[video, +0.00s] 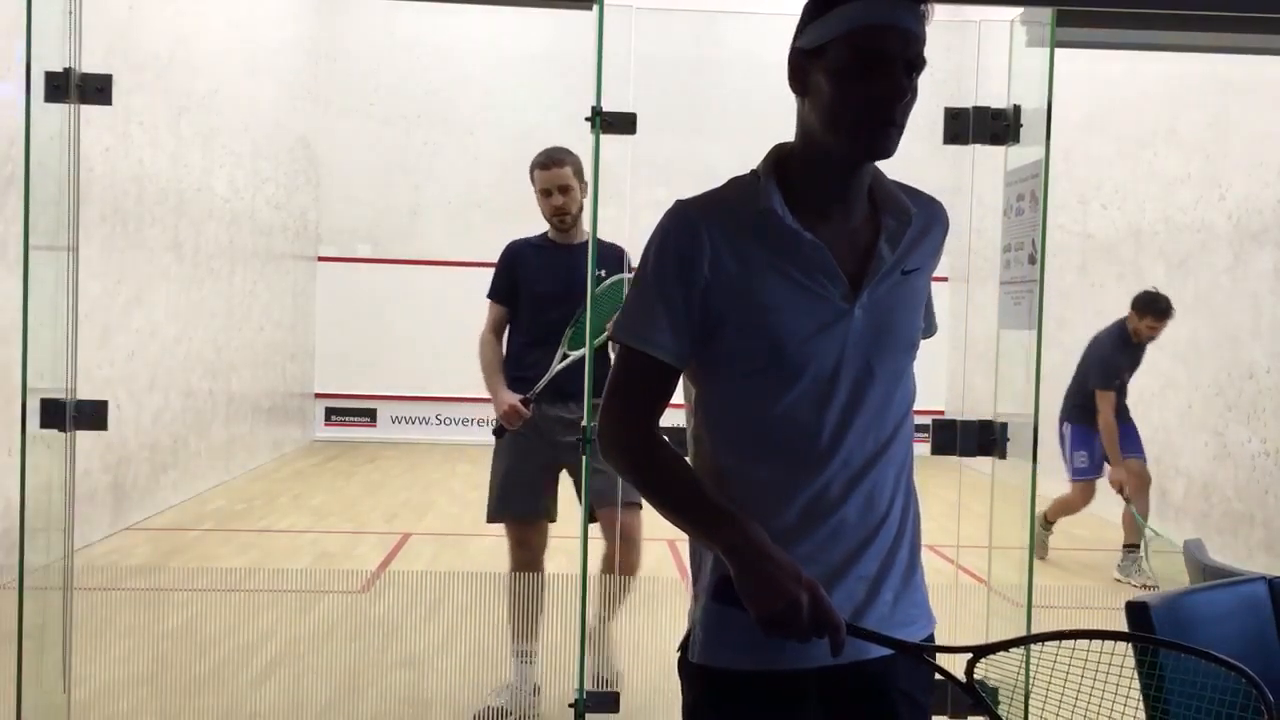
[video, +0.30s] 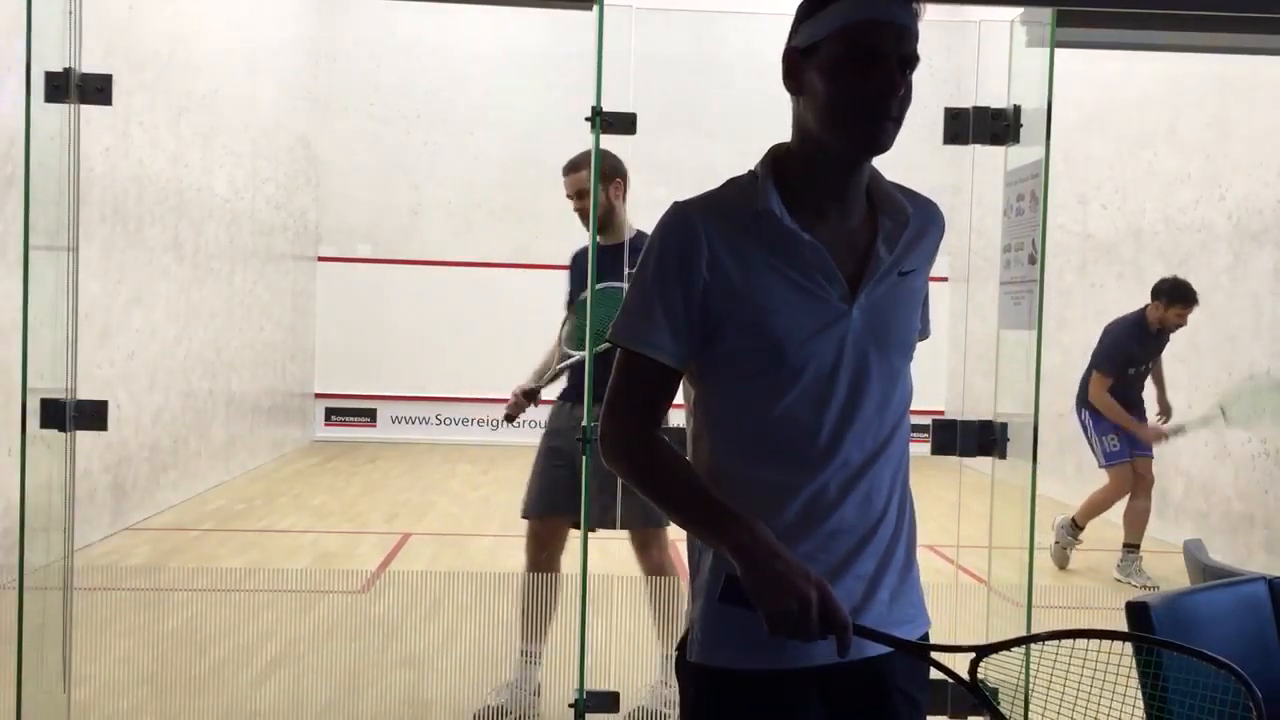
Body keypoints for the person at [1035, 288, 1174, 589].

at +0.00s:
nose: (1156, 334)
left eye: (1160, 328)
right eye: (1151, 327)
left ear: (1164, 322)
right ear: (1133, 317)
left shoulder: (1137, 339)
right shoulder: (1108, 348)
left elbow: (1118, 381)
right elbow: (1105, 415)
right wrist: (1116, 465)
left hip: (1116, 412)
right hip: (1080, 419)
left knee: (1139, 480)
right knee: (1082, 496)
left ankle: (1130, 560)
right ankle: (1045, 520)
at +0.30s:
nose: (1184, 322)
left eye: (1187, 315)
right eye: (1180, 315)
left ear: (1167, 310)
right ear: (1158, 307)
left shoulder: (1163, 329)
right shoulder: (1121, 335)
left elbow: (1153, 358)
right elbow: (1096, 394)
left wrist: (1161, 395)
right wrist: (1137, 428)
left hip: (1131, 404)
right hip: (1097, 404)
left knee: (1144, 482)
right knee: (1122, 482)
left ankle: (1129, 562)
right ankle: (1068, 530)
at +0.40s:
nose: (1182, 307)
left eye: (1184, 300)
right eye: (1177, 300)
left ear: (1176, 299)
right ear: (1155, 295)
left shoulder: (1168, 321)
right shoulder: (1117, 320)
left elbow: (1162, 352)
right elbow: (1083, 373)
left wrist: (1172, 395)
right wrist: (1132, 390)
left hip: (1133, 406)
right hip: (1096, 404)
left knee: (1140, 481)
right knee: (1109, 480)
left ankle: (1128, 561)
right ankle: (1064, 528)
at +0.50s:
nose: (1170, 296)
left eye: (1174, 289)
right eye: (1164, 289)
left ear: (1176, 289)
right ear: (1144, 284)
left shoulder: (1171, 312)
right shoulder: (1111, 311)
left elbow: (1167, 351)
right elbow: (1072, 357)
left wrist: (1177, 398)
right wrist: (1102, 374)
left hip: (1136, 407)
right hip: (1098, 405)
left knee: (1137, 482)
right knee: (1087, 478)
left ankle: (1128, 561)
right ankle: (1056, 529)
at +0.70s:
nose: (1137, 288)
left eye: (1144, 282)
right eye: (1132, 280)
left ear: (1153, 278)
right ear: (1120, 274)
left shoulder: (1162, 312)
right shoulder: (1092, 307)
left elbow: (1167, 355)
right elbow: (1055, 348)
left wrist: (1169, 402)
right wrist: (1049, 392)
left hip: (1130, 411)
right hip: (1086, 407)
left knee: (1132, 482)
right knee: (1062, 472)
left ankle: (1128, 561)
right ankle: (1041, 547)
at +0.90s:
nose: (1091, 286)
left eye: (1098, 280)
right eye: (1087, 278)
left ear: (1114, 276)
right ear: (1081, 274)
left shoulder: (1132, 308)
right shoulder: (1060, 305)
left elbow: (1145, 353)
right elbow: (1040, 348)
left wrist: (1148, 400)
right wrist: (1030, 383)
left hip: (1109, 409)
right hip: (1066, 408)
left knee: (1120, 482)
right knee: (1054, 477)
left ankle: (1126, 561)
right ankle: (1041, 552)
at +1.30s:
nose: (1037, 281)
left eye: (1041, 274)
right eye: (1033, 275)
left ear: (1054, 268)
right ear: (1029, 275)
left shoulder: (1085, 297)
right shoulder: (1024, 304)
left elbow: (1107, 338)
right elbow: (1012, 352)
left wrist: (1109, 387)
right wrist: (1006, 397)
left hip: (1078, 402)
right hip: (1038, 403)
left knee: (1079, 477)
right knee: (1041, 477)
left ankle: (1085, 555)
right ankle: (1038, 551)